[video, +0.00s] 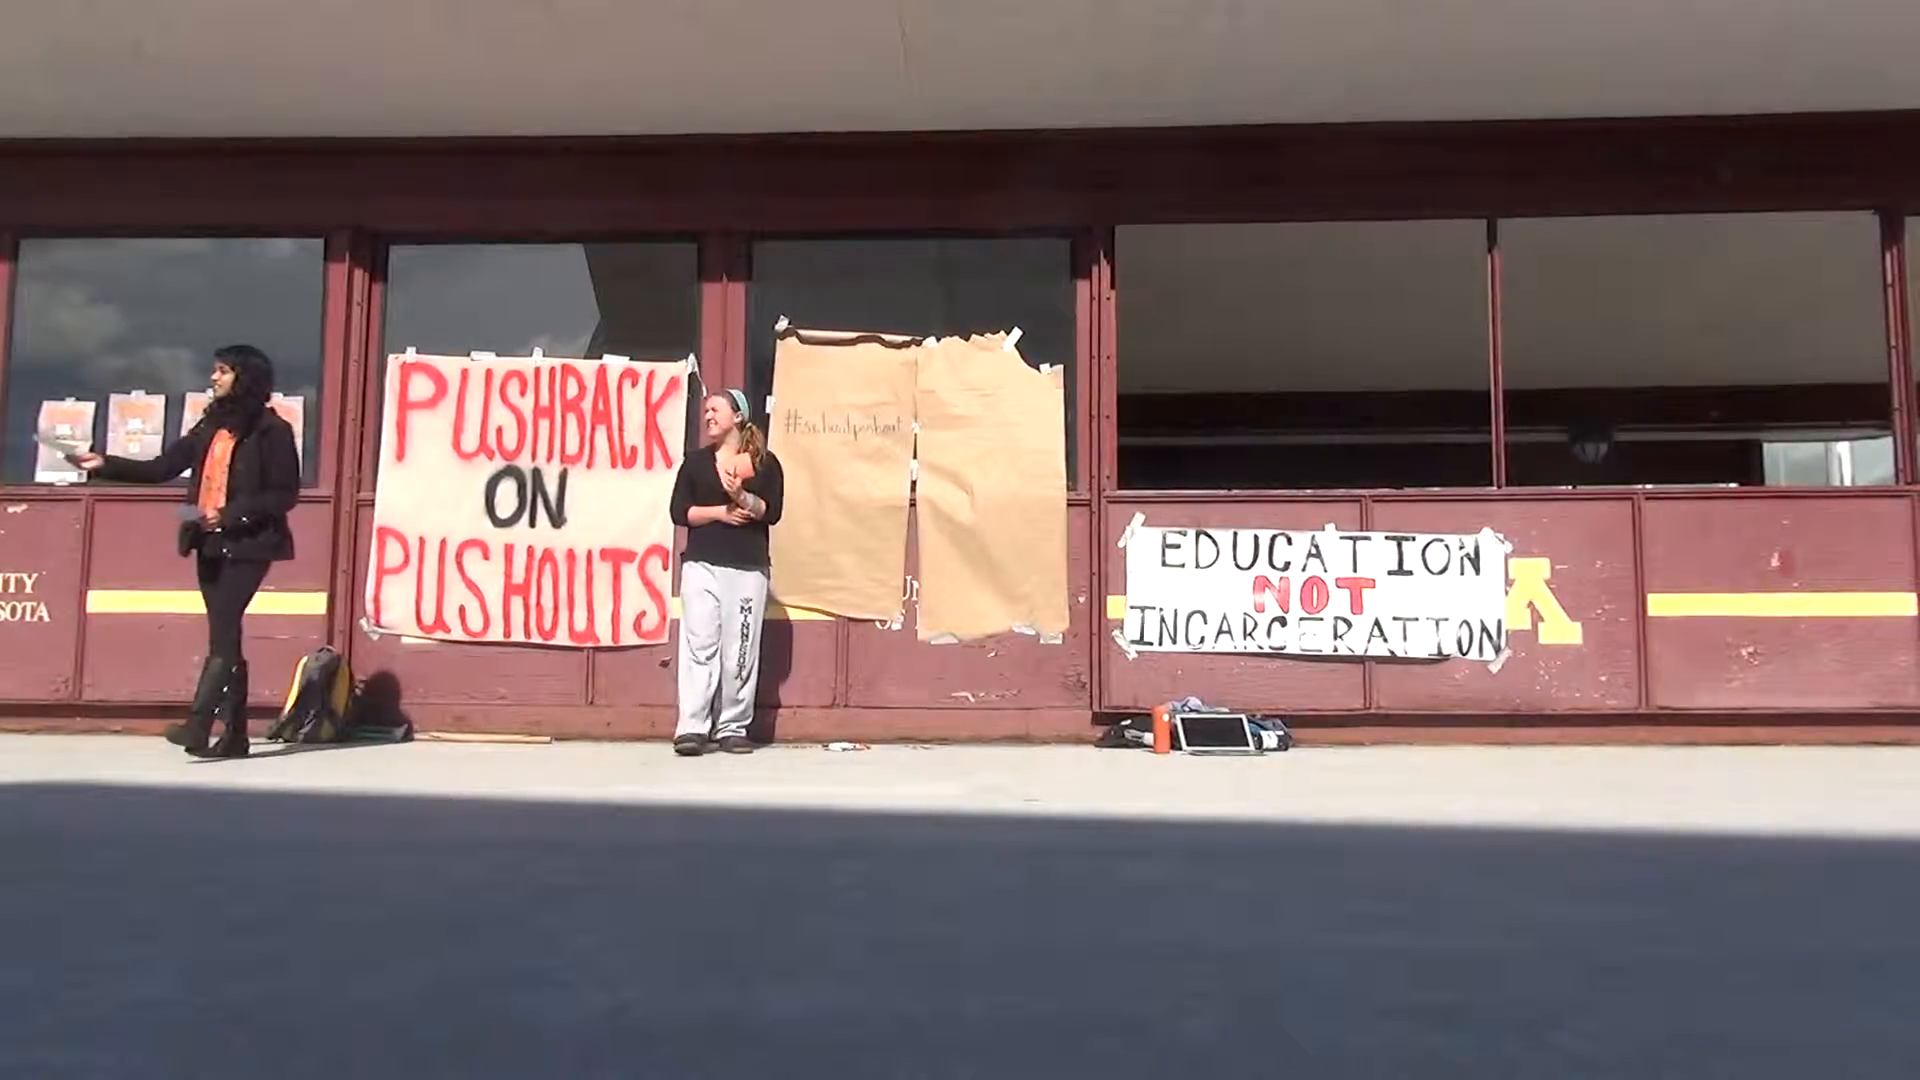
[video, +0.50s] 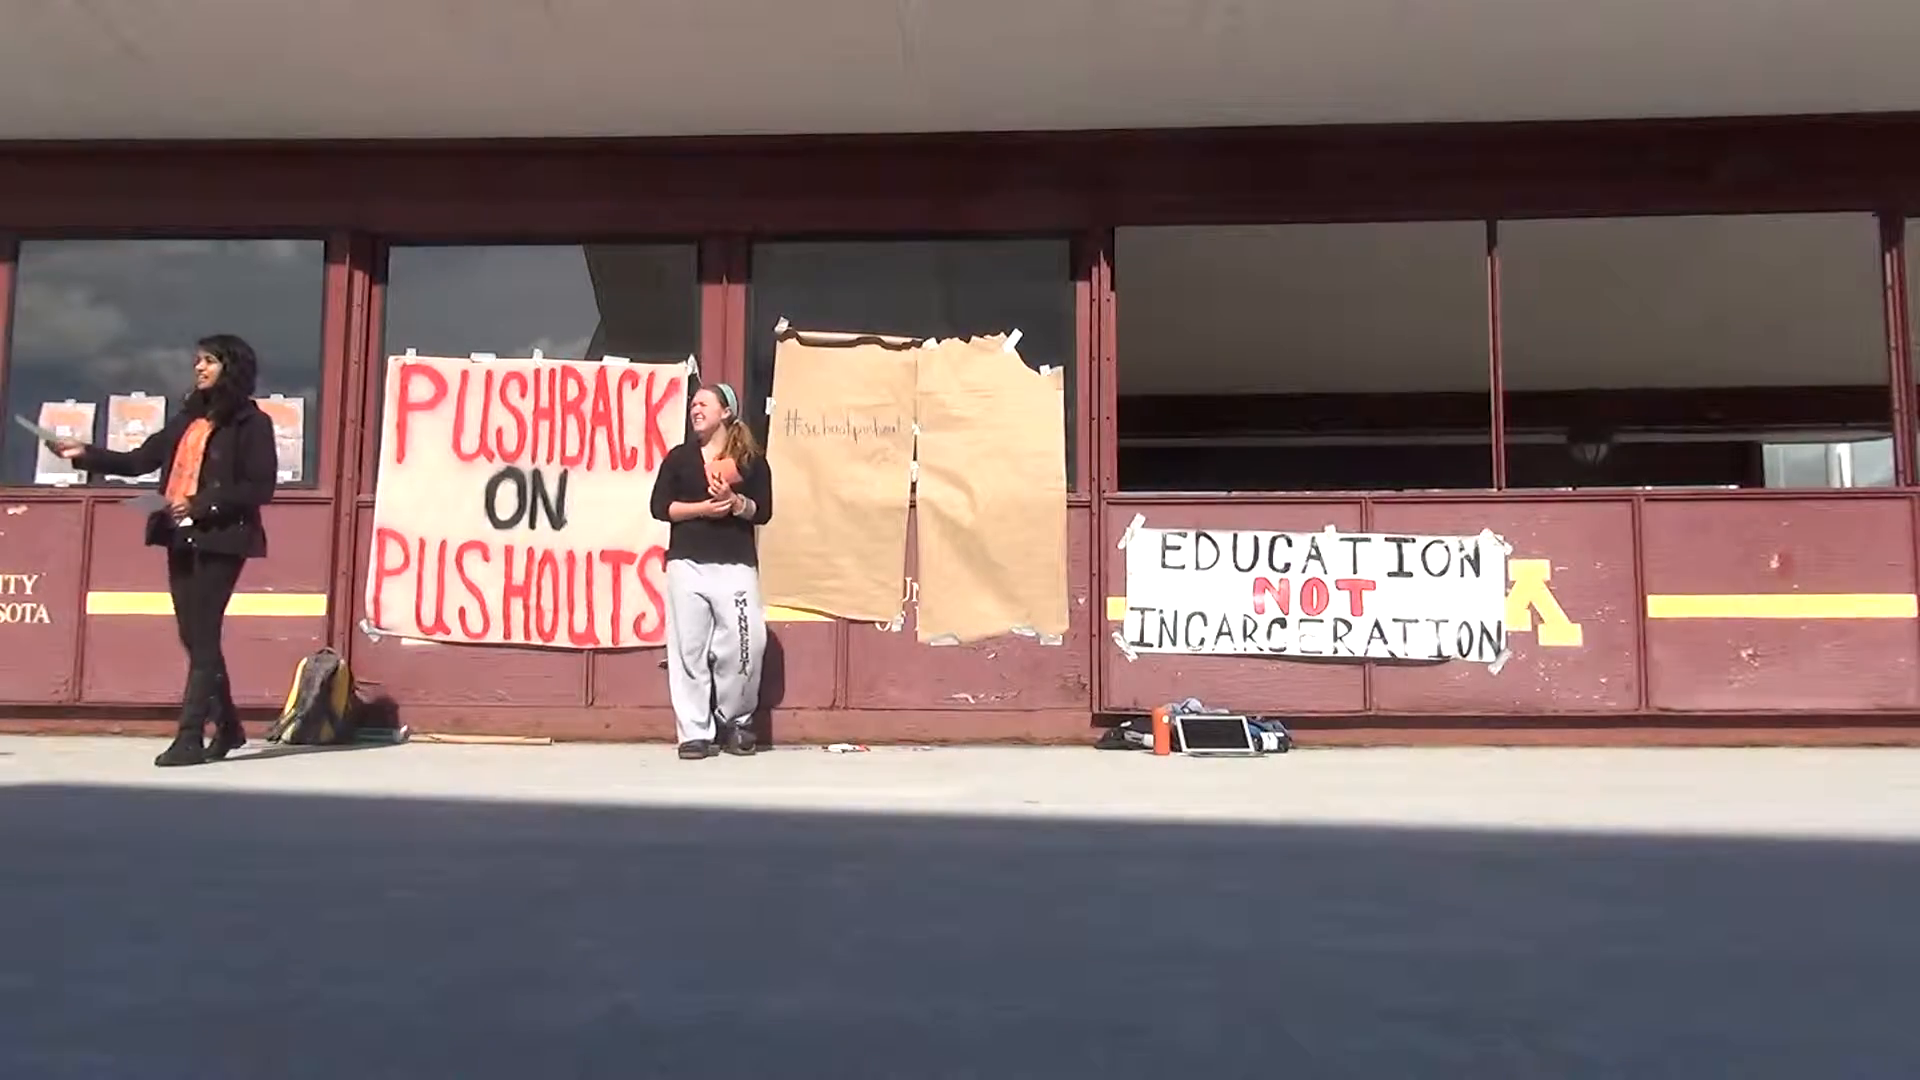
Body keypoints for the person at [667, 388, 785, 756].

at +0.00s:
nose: (708, 416)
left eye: (715, 410)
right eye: (707, 411)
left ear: (738, 416)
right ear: (709, 416)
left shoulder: (765, 462)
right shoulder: (695, 461)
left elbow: (772, 514)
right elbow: (679, 512)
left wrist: (739, 494)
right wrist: (718, 513)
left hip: (747, 566)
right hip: (701, 563)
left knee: (740, 647)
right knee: (699, 646)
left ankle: (733, 728)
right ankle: (691, 728)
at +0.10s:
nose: (706, 416)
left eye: (714, 410)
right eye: (706, 410)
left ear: (737, 417)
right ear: (706, 417)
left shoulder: (764, 463)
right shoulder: (694, 459)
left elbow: (770, 515)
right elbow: (676, 513)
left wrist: (739, 497)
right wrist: (716, 513)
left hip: (746, 568)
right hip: (700, 565)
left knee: (741, 647)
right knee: (700, 646)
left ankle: (734, 730)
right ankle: (695, 730)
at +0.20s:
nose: (703, 414)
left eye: (711, 409)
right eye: (702, 409)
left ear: (734, 416)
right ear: (702, 415)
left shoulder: (760, 463)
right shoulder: (689, 461)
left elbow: (770, 514)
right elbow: (673, 512)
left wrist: (744, 503)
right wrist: (712, 512)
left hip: (744, 566)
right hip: (697, 563)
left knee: (738, 647)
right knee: (697, 647)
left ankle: (733, 730)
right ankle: (696, 732)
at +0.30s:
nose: (699, 412)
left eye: (708, 406)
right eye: (699, 406)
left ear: (730, 413)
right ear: (698, 413)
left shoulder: (756, 460)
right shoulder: (684, 458)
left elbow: (768, 512)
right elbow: (667, 510)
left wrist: (741, 501)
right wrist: (707, 506)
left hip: (740, 564)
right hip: (692, 561)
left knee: (737, 646)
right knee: (694, 647)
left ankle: (734, 729)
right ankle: (695, 733)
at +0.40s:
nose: (696, 410)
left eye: (704, 405)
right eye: (695, 405)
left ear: (727, 412)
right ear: (693, 413)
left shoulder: (752, 459)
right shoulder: (679, 457)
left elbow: (766, 512)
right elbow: (662, 508)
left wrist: (739, 501)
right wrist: (705, 506)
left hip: (737, 564)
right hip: (689, 562)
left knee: (738, 647)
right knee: (690, 648)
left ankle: (734, 727)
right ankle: (695, 733)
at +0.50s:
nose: (695, 410)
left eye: (703, 404)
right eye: (694, 404)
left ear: (726, 412)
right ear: (692, 412)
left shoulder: (750, 458)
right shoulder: (678, 457)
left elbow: (763, 513)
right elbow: (660, 507)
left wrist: (737, 502)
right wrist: (705, 508)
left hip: (735, 563)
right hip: (687, 562)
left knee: (743, 646)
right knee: (689, 648)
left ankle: (735, 723)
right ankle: (695, 733)